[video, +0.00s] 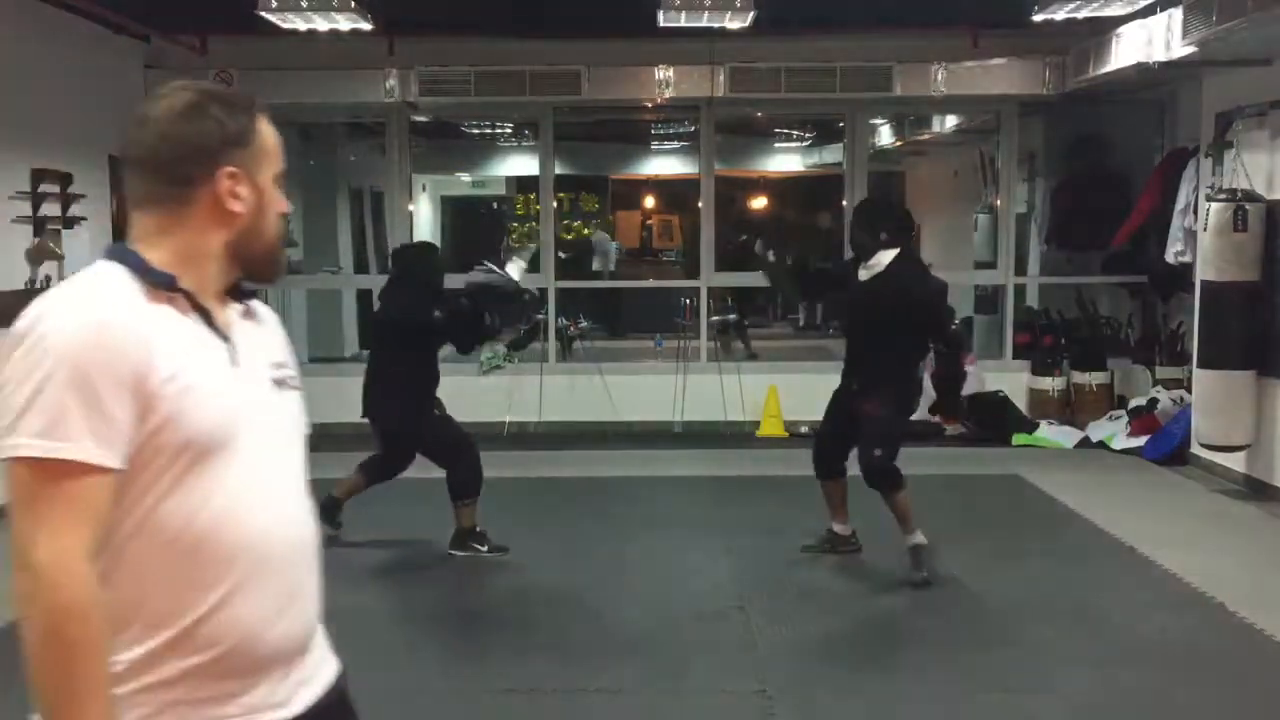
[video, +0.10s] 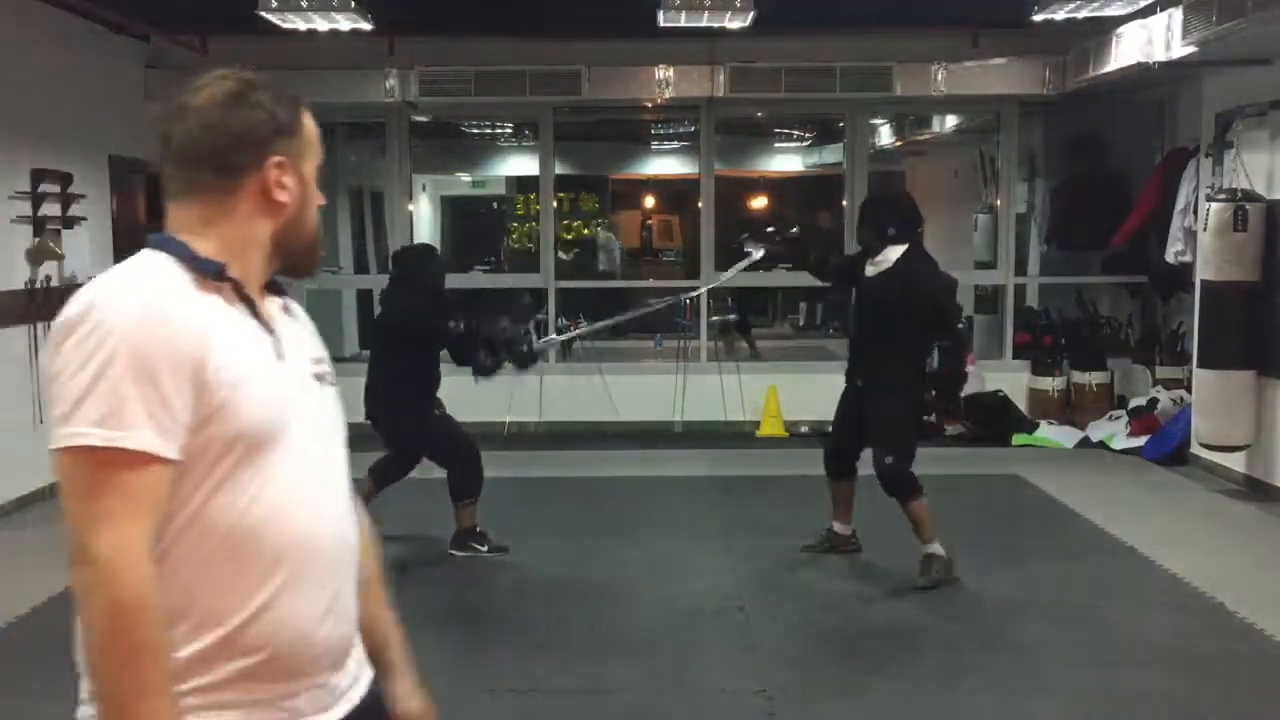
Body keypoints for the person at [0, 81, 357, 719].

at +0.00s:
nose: (288, 204)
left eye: (284, 183)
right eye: (279, 183)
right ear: (232, 191)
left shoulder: (260, 323)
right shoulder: (81, 327)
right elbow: (50, 566)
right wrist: (85, 712)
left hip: (310, 687)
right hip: (169, 707)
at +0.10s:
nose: (322, 199)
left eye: (320, 179)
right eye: (316, 177)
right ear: (277, 181)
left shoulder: (289, 318)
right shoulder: (128, 314)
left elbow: (340, 509)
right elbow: (107, 560)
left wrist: (399, 675)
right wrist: (145, 712)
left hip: (348, 691)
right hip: (206, 705)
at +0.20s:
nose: (348, 186)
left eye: (346, 164)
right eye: (344, 163)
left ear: (217, 163)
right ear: (313, 168)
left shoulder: (307, 309)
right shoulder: (173, 302)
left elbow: (365, 502)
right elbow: (155, 559)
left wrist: (471, 647)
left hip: (366, 697)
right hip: (248, 705)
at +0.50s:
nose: (396, 199)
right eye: (396, 177)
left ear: (242, 174)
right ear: (375, 182)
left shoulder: (193, 320)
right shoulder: (338, 341)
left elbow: (282, 553)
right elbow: (385, 649)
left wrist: (473, 635)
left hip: (218, 699)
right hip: (323, 707)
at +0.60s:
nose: (411, 193)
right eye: (409, 170)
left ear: (246, 165)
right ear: (392, 171)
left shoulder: (172, 329)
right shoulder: (388, 341)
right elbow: (452, 652)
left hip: (198, 695)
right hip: (336, 701)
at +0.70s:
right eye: (421, 157)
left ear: (253, 161)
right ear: (408, 165)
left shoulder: (159, 331)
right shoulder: (430, 345)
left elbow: (138, 578)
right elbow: (506, 664)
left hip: (180, 704)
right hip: (364, 705)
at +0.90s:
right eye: (428, 155)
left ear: (254, 159)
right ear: (414, 164)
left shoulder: (124, 333)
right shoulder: (468, 355)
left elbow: (71, 599)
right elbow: (562, 670)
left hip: (158, 706)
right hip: (380, 703)